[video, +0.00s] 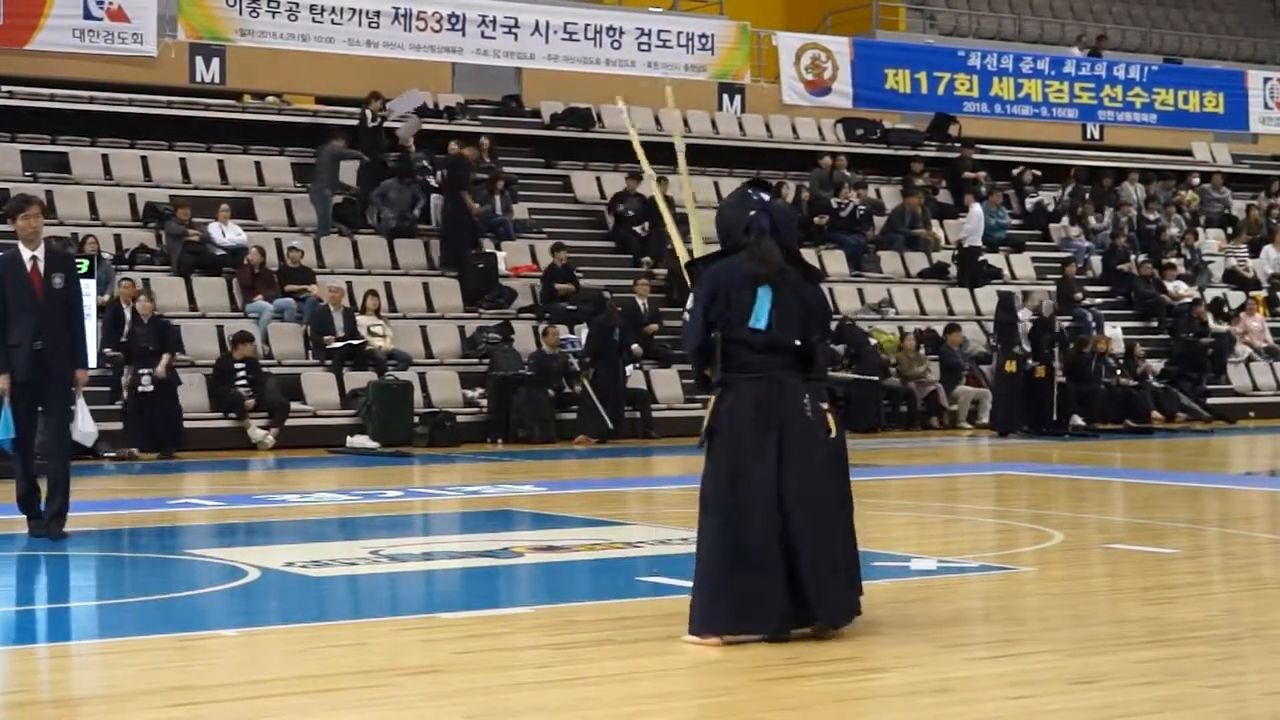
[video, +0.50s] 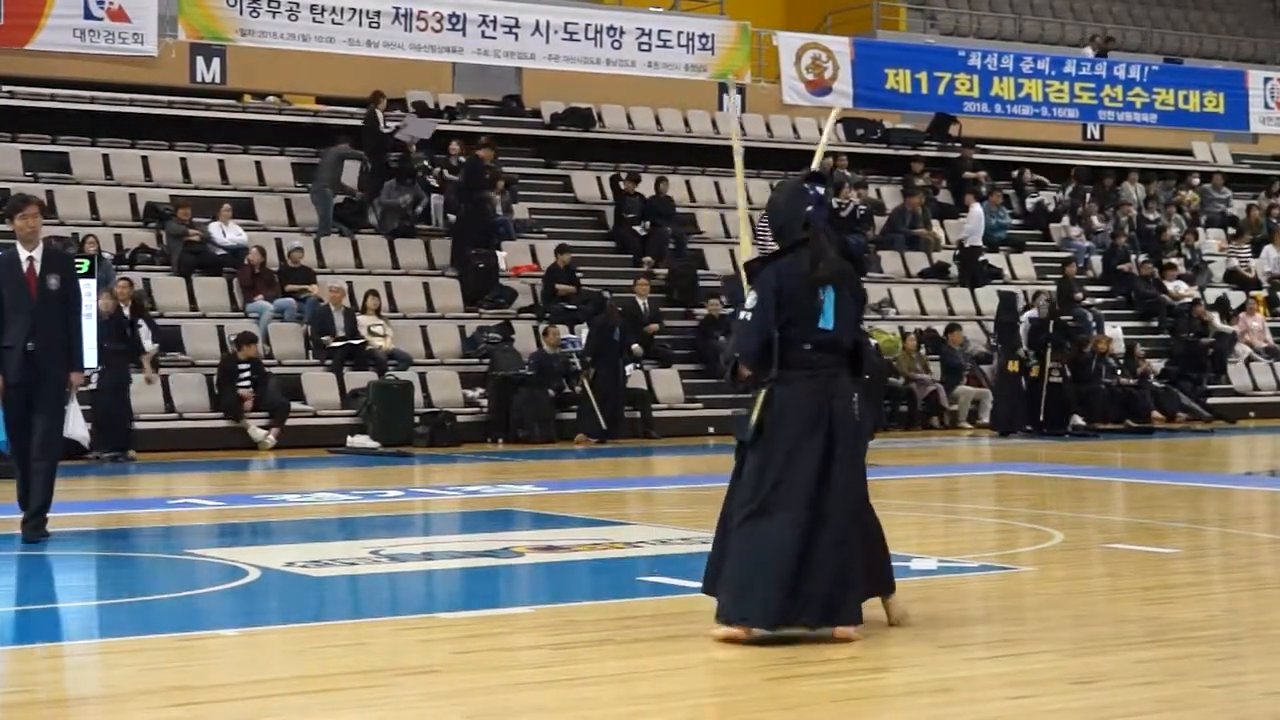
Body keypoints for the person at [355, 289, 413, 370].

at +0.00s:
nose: (374, 302)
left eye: (376, 299)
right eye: (371, 299)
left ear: (379, 302)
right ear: (365, 301)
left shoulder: (382, 319)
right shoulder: (358, 319)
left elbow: (389, 332)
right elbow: (362, 337)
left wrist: (387, 344)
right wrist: (377, 345)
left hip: (385, 345)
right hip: (370, 347)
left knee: (406, 358)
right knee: (381, 359)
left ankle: (394, 379)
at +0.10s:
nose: (374, 302)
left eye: (377, 300)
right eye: (372, 299)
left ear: (379, 302)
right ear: (365, 301)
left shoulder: (382, 318)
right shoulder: (358, 319)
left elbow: (389, 332)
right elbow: (362, 337)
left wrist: (387, 344)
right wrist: (377, 344)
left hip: (385, 345)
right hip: (371, 347)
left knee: (406, 358)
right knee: (381, 359)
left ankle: (394, 379)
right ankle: (383, 381)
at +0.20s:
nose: (375, 302)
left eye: (377, 300)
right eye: (372, 299)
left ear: (379, 302)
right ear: (365, 301)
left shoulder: (382, 318)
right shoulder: (359, 319)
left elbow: (389, 332)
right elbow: (362, 336)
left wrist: (387, 344)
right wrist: (377, 344)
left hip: (385, 345)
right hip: (371, 347)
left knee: (407, 358)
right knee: (382, 359)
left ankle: (394, 379)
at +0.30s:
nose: (375, 302)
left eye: (377, 300)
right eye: (372, 299)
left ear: (379, 302)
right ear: (365, 301)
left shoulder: (382, 318)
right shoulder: (359, 319)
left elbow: (389, 332)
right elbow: (362, 336)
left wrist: (387, 344)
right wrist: (378, 344)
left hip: (385, 345)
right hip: (371, 346)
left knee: (407, 358)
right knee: (382, 359)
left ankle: (394, 379)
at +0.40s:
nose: (375, 302)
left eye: (377, 299)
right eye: (372, 299)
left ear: (379, 302)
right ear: (365, 301)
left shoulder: (382, 318)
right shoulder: (359, 319)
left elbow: (389, 332)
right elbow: (362, 336)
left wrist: (387, 344)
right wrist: (378, 344)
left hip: (385, 345)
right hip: (371, 347)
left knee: (407, 358)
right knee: (382, 359)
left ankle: (394, 379)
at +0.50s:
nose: (375, 302)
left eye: (377, 299)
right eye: (372, 299)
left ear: (380, 302)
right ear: (365, 301)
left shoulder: (382, 318)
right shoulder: (359, 319)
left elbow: (389, 332)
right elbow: (362, 336)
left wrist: (387, 344)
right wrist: (378, 344)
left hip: (385, 345)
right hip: (371, 346)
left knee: (407, 358)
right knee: (382, 359)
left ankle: (394, 379)